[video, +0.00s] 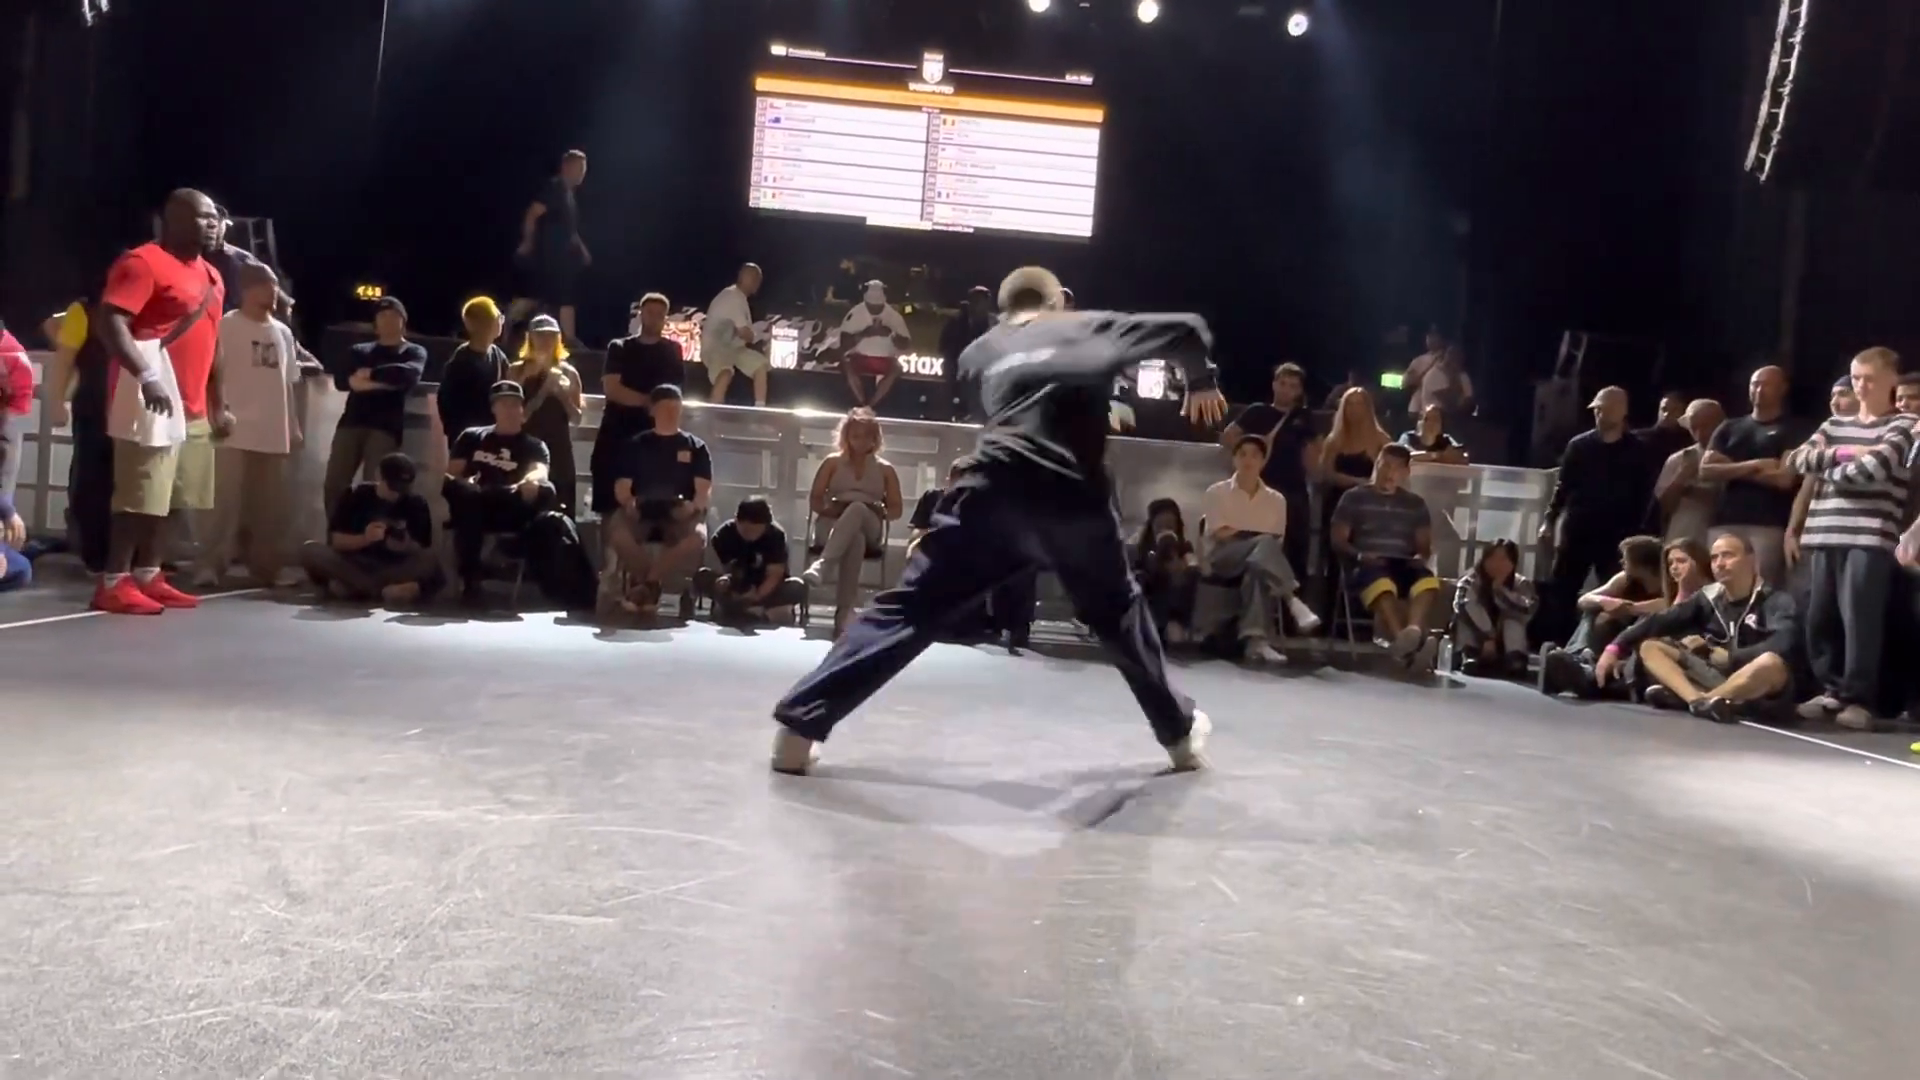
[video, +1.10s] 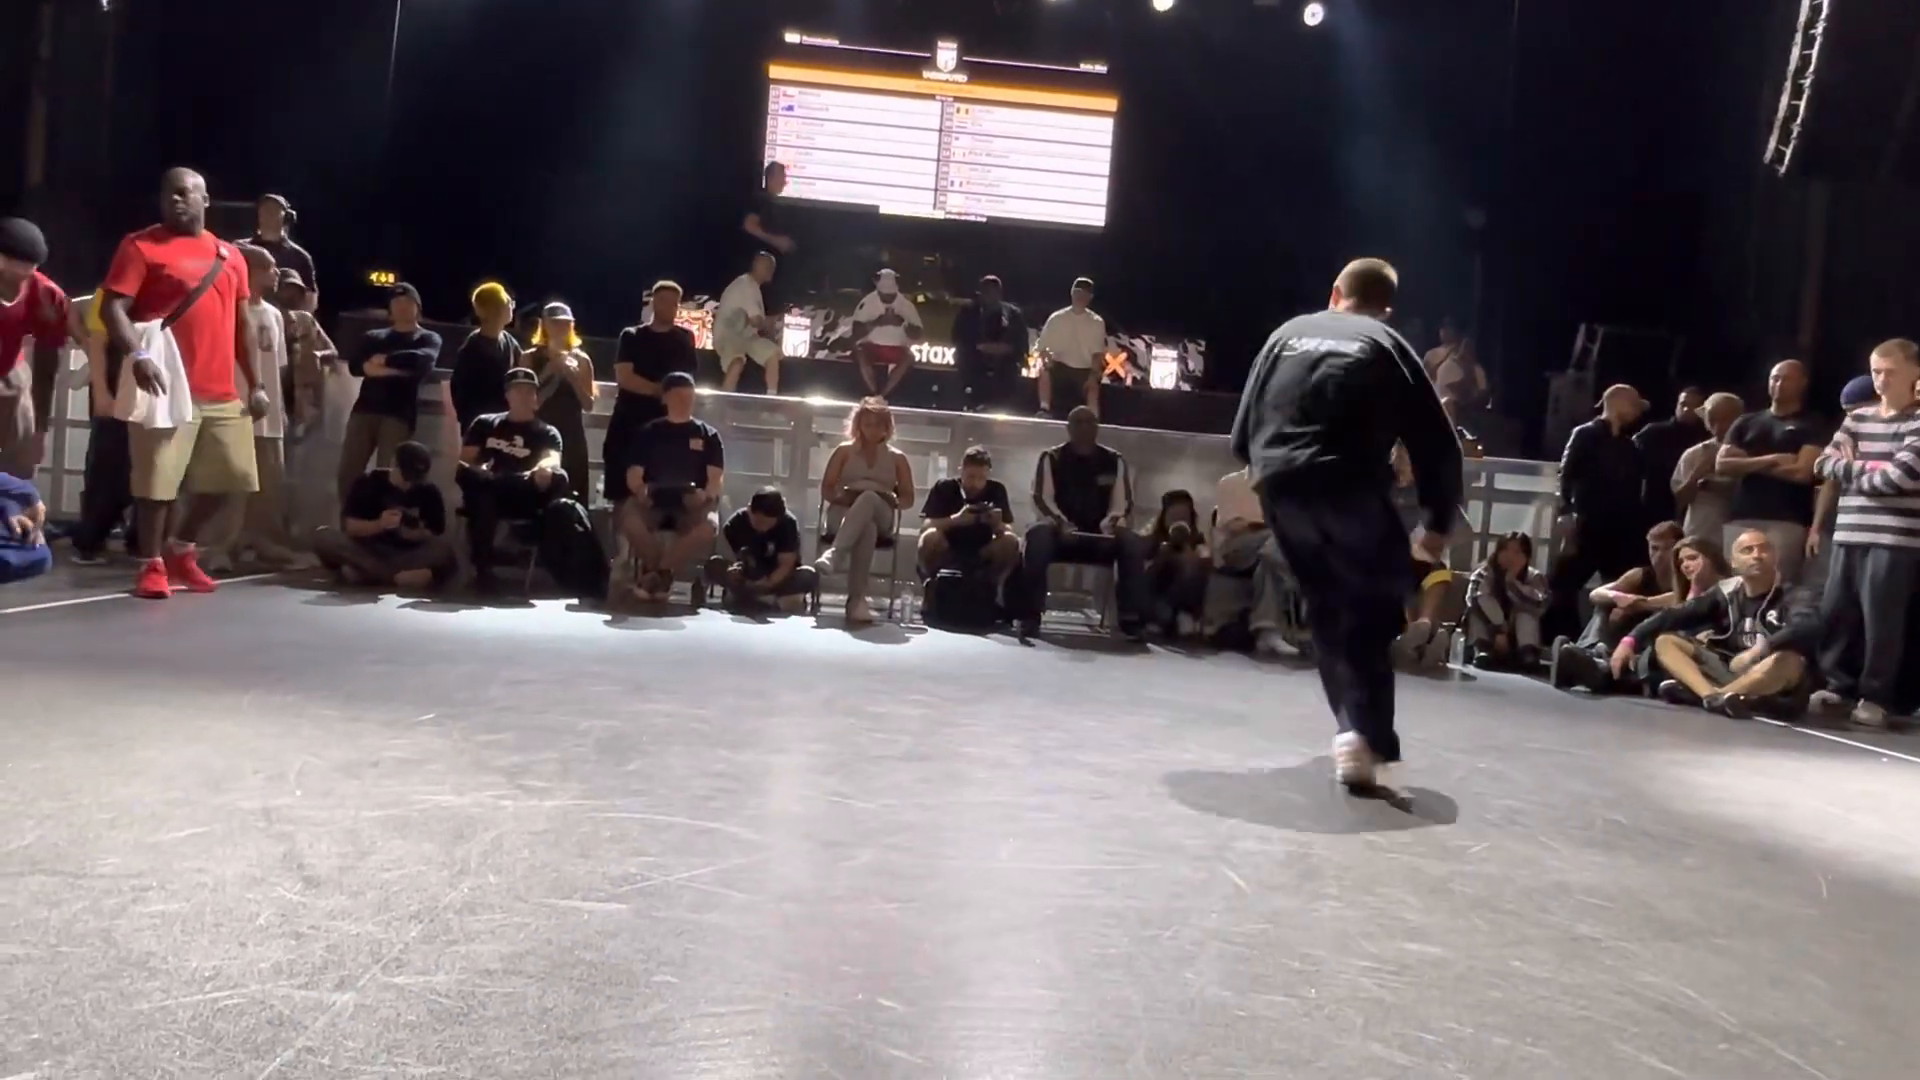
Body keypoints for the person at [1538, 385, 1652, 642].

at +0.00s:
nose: (1598, 414)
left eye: (1604, 410)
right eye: (1596, 409)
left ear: (1622, 413)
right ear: (1593, 410)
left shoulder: (1637, 450)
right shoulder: (1579, 445)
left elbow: (1642, 495)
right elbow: (1563, 487)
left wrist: (1634, 531)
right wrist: (1548, 521)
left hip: (1616, 533)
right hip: (1578, 532)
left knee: (1615, 597)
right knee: (1563, 592)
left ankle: (1612, 654)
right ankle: (1554, 647)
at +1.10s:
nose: (1638, 410)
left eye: (1638, 405)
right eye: (1634, 404)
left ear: (1618, 407)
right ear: (1618, 404)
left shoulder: (1631, 445)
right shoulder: (1585, 435)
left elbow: (1635, 485)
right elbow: (1567, 474)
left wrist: (1634, 513)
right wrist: (1568, 508)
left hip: (1621, 521)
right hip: (1588, 520)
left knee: (1623, 585)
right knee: (1566, 582)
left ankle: (1621, 645)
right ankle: (1559, 638)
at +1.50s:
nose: (1658, 409)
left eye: (1658, 403)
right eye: (1653, 402)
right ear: (1637, 402)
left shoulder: (1663, 437)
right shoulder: (1604, 434)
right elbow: (1583, 473)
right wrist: (1578, 511)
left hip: (1648, 520)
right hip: (1608, 520)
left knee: (1643, 581)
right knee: (1583, 578)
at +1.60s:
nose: (1661, 409)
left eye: (1661, 403)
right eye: (1656, 402)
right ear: (1639, 402)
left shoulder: (1664, 436)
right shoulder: (1606, 433)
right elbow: (1584, 474)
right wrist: (1579, 510)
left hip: (1649, 522)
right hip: (1609, 521)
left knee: (1645, 584)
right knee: (1583, 578)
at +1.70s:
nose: (1663, 408)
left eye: (1663, 403)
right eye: (1658, 401)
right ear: (1640, 402)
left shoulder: (1666, 436)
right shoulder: (1607, 433)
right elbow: (1585, 474)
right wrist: (1580, 511)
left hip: (1650, 523)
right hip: (1609, 521)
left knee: (1643, 583)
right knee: (1586, 576)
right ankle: (1565, 628)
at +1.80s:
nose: (1664, 407)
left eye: (1663, 402)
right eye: (1659, 400)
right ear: (1640, 403)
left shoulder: (1667, 437)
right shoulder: (1607, 433)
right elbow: (1584, 472)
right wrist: (1579, 510)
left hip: (1649, 523)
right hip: (1608, 521)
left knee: (1642, 583)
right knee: (1583, 578)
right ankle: (1564, 630)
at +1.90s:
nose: (1665, 405)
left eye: (1663, 401)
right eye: (1658, 399)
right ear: (1640, 403)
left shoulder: (1665, 436)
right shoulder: (1609, 431)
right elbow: (1586, 470)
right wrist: (1580, 507)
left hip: (1647, 521)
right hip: (1606, 520)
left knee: (1639, 582)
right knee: (1582, 577)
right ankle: (1563, 629)